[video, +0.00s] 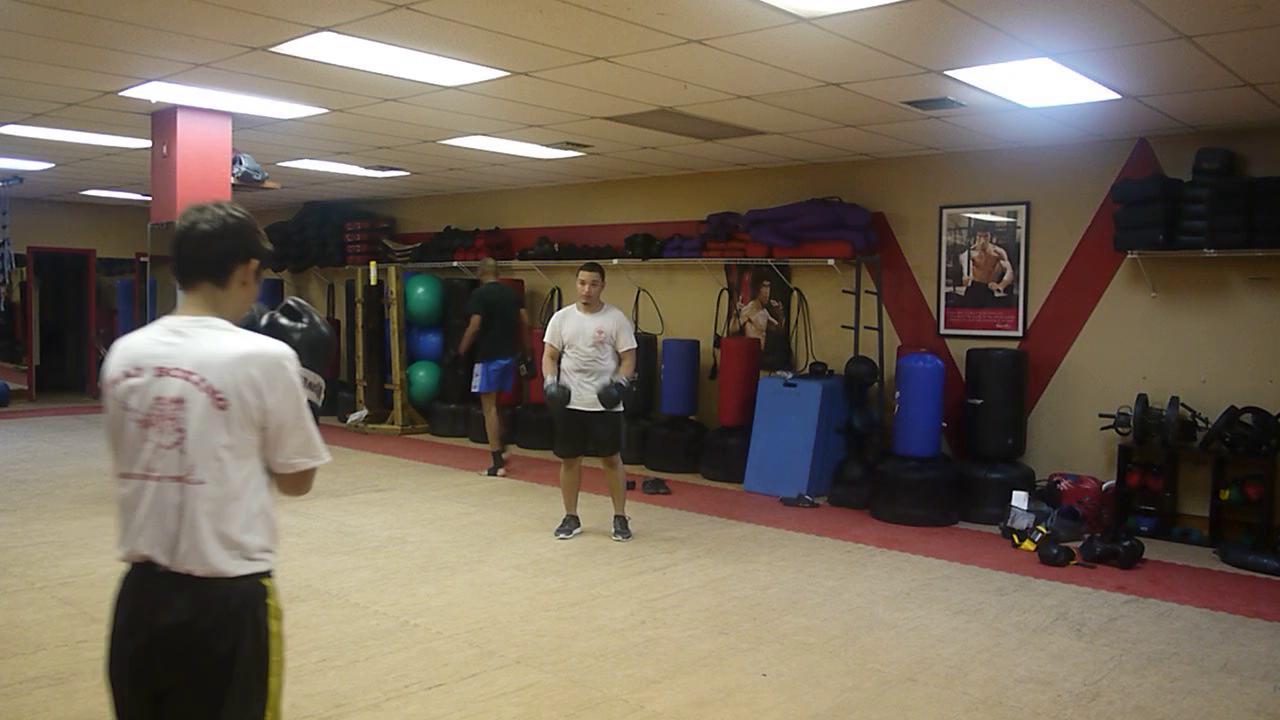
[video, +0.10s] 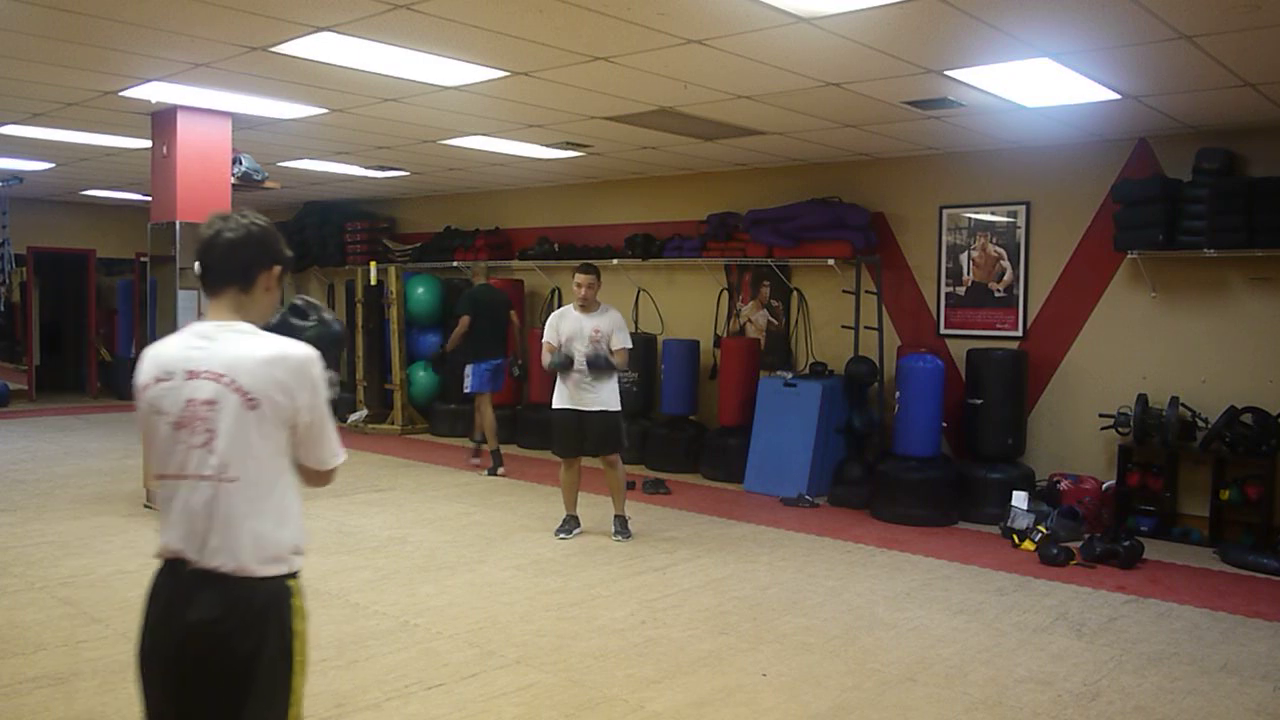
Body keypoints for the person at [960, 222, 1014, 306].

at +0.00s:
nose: (982, 241)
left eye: (985, 237)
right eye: (979, 237)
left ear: (990, 237)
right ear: (976, 237)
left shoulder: (999, 252)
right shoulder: (971, 252)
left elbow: (1009, 272)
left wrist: (1000, 286)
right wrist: (966, 278)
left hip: (990, 288)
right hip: (974, 286)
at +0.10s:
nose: (982, 241)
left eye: (985, 237)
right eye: (979, 237)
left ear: (990, 237)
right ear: (975, 237)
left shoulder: (999, 252)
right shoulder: (971, 252)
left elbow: (1009, 272)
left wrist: (1000, 286)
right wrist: (966, 278)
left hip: (990, 288)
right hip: (975, 287)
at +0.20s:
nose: (982, 241)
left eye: (985, 237)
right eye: (979, 237)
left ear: (990, 237)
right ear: (975, 237)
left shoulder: (999, 252)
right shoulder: (971, 252)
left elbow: (1009, 272)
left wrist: (1000, 286)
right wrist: (966, 278)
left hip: (991, 288)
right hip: (975, 287)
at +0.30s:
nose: (982, 241)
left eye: (985, 237)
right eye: (979, 237)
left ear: (990, 237)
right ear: (976, 237)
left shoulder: (999, 252)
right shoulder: (971, 252)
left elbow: (1009, 272)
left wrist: (1000, 286)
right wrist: (965, 278)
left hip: (990, 288)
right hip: (975, 287)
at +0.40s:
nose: (982, 241)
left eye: (985, 237)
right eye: (979, 237)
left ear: (990, 237)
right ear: (975, 237)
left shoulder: (999, 252)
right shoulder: (971, 252)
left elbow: (1009, 272)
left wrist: (1000, 286)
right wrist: (966, 278)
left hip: (991, 288)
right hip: (975, 287)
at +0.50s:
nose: (982, 241)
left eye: (985, 237)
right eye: (979, 237)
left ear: (990, 237)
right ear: (976, 237)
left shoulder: (999, 252)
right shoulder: (971, 252)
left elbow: (1009, 272)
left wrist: (1000, 286)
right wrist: (965, 278)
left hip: (990, 288)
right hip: (975, 287)